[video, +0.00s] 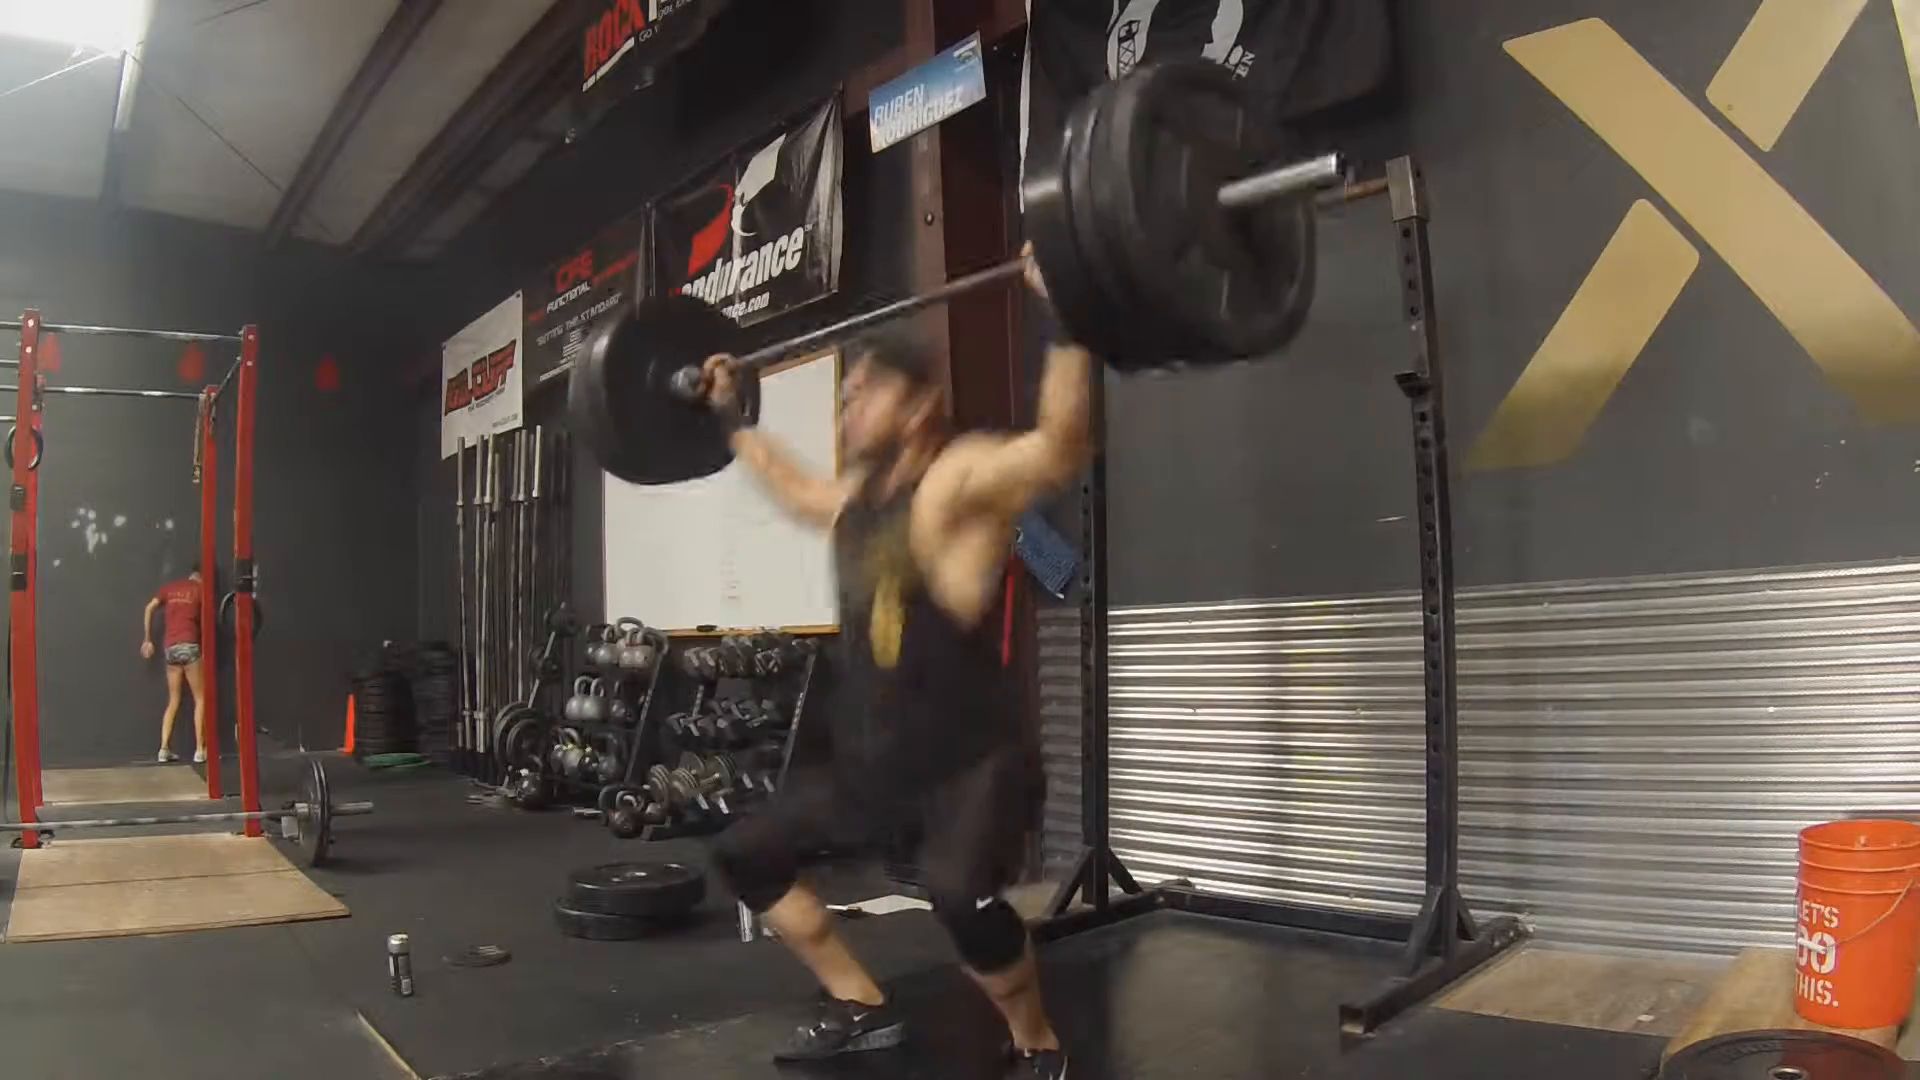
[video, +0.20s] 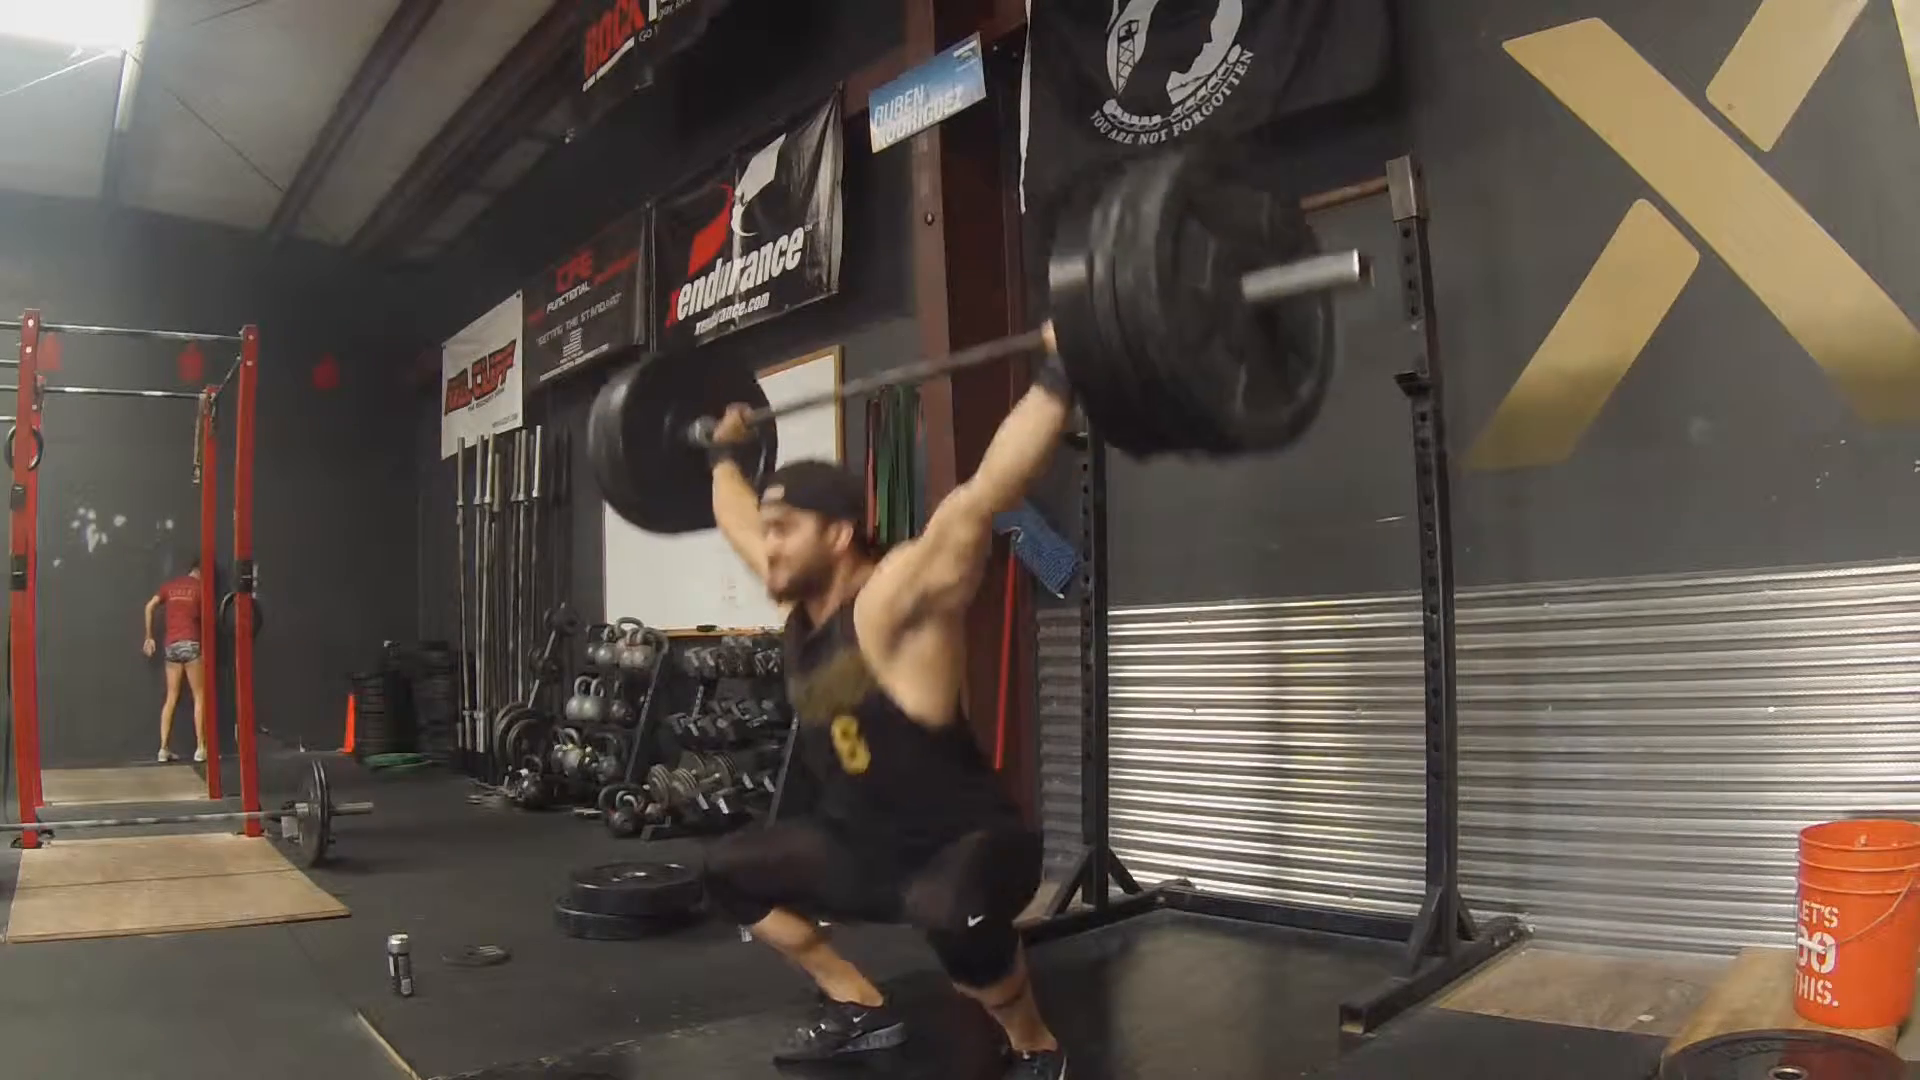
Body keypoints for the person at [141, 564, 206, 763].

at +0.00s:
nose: (204, 582)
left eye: (203, 578)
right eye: (204, 578)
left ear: (190, 573)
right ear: (201, 576)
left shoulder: (170, 588)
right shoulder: (201, 589)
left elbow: (149, 608)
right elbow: (207, 618)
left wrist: (147, 639)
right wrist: (208, 644)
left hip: (170, 643)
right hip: (190, 642)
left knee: (173, 700)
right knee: (199, 698)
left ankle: (164, 748)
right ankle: (200, 749)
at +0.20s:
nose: (203, 577)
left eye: (201, 573)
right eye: (203, 573)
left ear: (189, 569)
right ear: (199, 571)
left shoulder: (170, 585)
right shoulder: (201, 588)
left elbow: (149, 606)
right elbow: (208, 618)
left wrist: (148, 636)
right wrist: (209, 644)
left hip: (170, 640)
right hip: (192, 640)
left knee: (170, 697)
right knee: (198, 695)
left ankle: (163, 747)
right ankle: (201, 747)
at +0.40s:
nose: (203, 575)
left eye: (202, 571)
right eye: (203, 571)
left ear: (188, 568)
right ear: (200, 570)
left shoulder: (171, 584)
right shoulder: (202, 587)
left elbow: (150, 605)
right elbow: (208, 616)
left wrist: (149, 635)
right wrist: (209, 640)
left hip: (171, 641)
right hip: (193, 640)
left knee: (170, 697)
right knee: (198, 698)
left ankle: (163, 747)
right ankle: (201, 747)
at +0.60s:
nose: (204, 573)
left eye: (203, 569)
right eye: (204, 569)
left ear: (188, 566)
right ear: (199, 567)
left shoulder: (169, 584)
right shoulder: (200, 585)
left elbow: (151, 610)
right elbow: (208, 615)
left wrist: (153, 640)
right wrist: (209, 640)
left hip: (171, 642)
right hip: (193, 641)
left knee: (169, 697)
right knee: (197, 698)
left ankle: (163, 748)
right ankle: (200, 747)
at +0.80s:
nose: (204, 570)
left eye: (203, 566)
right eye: (203, 566)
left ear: (186, 565)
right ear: (198, 565)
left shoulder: (170, 585)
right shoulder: (199, 584)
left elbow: (158, 618)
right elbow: (206, 614)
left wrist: (159, 648)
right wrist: (208, 640)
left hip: (172, 644)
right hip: (193, 643)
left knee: (169, 698)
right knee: (198, 698)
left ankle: (163, 748)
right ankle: (200, 747)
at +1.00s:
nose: (203, 572)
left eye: (202, 568)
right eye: (203, 568)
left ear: (186, 566)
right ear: (197, 566)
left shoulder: (170, 588)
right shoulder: (198, 584)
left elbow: (164, 619)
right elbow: (205, 613)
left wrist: (167, 642)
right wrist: (207, 638)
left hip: (172, 643)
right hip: (192, 641)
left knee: (169, 697)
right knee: (198, 697)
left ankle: (163, 748)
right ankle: (200, 747)